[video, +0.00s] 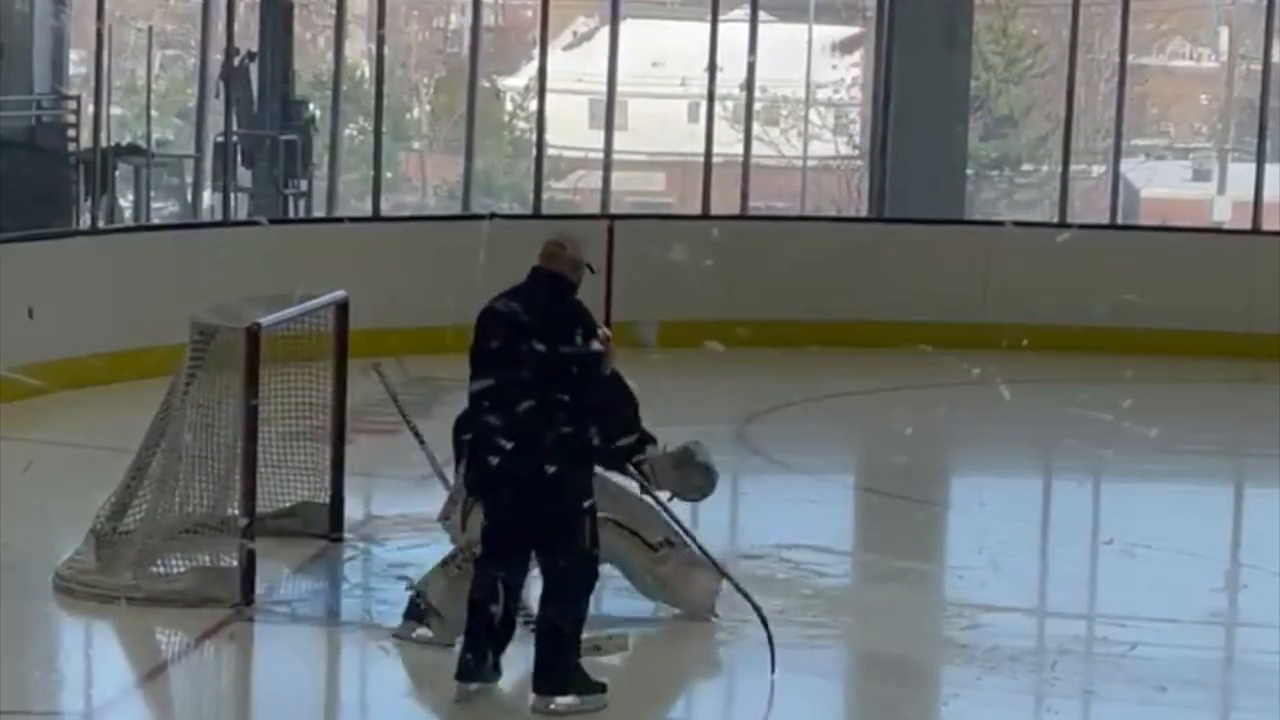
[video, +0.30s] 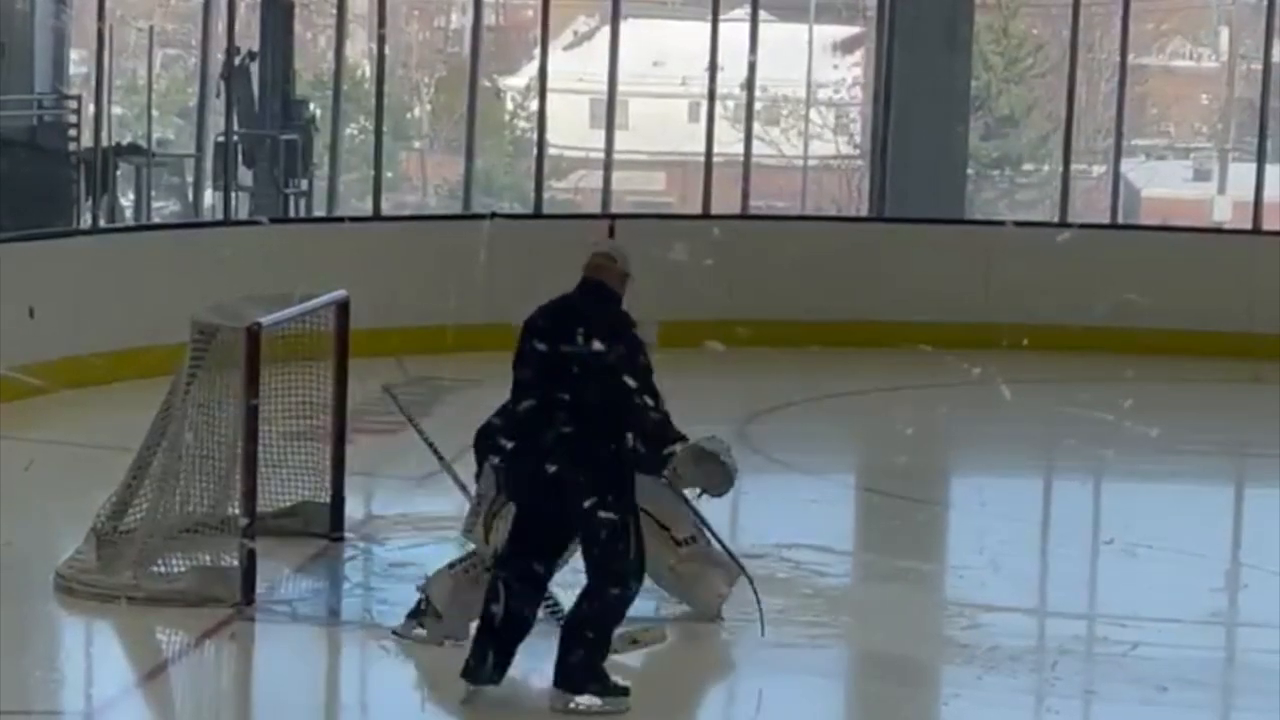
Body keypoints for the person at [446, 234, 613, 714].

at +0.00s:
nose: (583, 281)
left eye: (582, 274)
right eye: (582, 274)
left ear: (538, 265)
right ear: (575, 272)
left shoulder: (496, 312)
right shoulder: (577, 323)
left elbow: (483, 396)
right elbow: (601, 396)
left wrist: (475, 466)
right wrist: (633, 446)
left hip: (503, 464)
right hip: (561, 470)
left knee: (498, 565)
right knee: (572, 573)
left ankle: (475, 667)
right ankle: (557, 676)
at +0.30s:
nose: (623, 290)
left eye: (619, 282)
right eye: (623, 283)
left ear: (583, 275)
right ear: (620, 282)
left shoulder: (540, 321)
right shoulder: (619, 333)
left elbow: (524, 397)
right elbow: (642, 401)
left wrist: (503, 448)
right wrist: (666, 448)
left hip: (542, 464)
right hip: (600, 472)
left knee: (524, 565)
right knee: (617, 575)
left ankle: (482, 671)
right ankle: (579, 677)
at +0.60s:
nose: (690, 280)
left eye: (687, 272)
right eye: (690, 273)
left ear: (648, 270)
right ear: (685, 274)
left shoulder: (611, 314)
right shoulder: (694, 322)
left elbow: (587, 386)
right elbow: (731, 377)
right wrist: (735, 426)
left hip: (611, 457)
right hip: (668, 465)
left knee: (597, 559)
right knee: (674, 574)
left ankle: (540, 654)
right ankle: (648, 680)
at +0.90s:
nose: (734, 274)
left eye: (724, 265)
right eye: (737, 268)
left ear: (700, 269)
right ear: (740, 272)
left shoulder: (663, 314)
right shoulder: (756, 317)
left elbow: (647, 392)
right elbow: (800, 379)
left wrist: (646, 455)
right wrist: (777, 439)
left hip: (673, 458)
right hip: (729, 463)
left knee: (681, 560)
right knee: (730, 564)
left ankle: (665, 667)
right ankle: (710, 670)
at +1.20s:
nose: (763, 270)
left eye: (756, 263)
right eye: (768, 263)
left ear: (737, 267)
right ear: (779, 269)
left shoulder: (706, 313)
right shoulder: (801, 315)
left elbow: (688, 388)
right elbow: (834, 381)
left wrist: (685, 448)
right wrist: (818, 431)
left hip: (721, 455)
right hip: (778, 456)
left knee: (724, 548)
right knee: (779, 555)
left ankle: (710, 653)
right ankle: (775, 664)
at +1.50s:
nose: (796, 266)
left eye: (784, 256)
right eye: (801, 258)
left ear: (767, 260)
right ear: (808, 262)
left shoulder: (735, 300)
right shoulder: (826, 306)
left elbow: (711, 373)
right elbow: (832, 374)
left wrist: (709, 434)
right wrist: (815, 425)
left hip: (749, 441)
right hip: (806, 444)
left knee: (755, 534)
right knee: (820, 539)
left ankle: (747, 635)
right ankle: (824, 647)